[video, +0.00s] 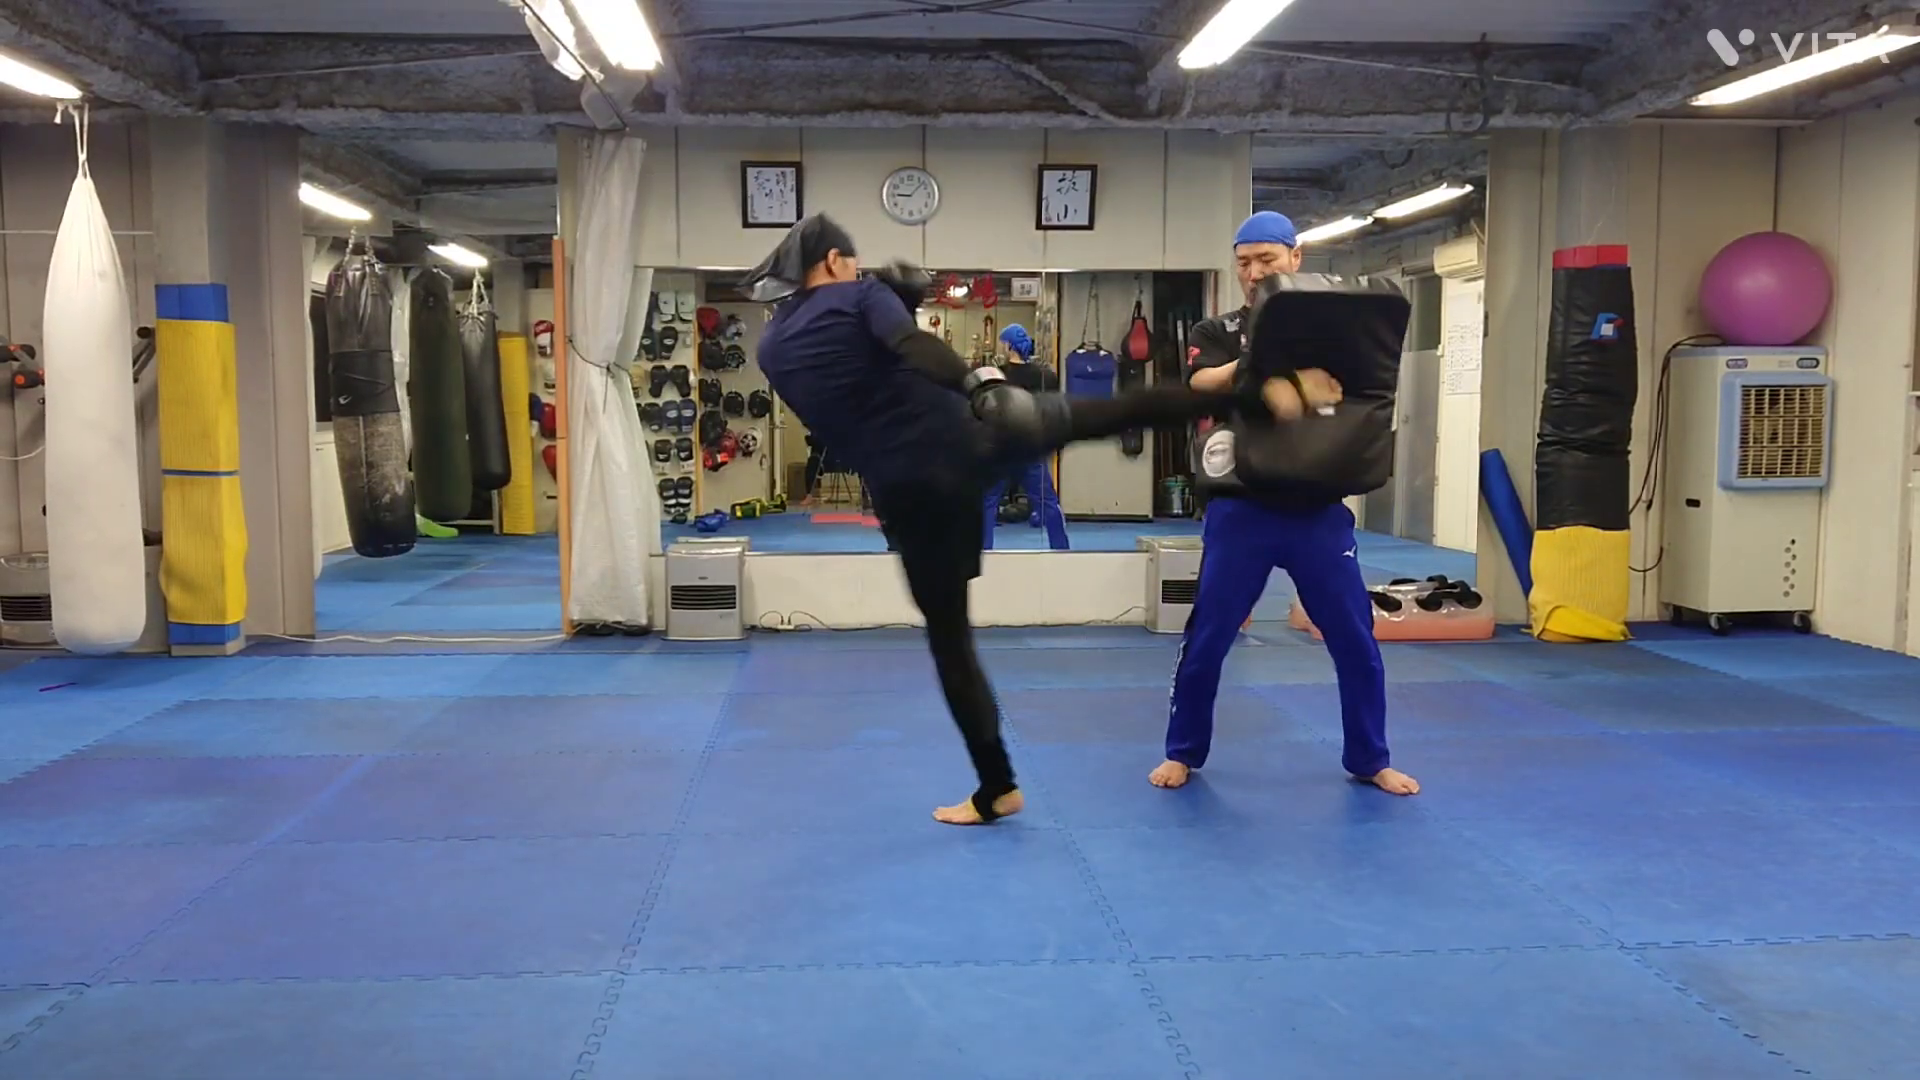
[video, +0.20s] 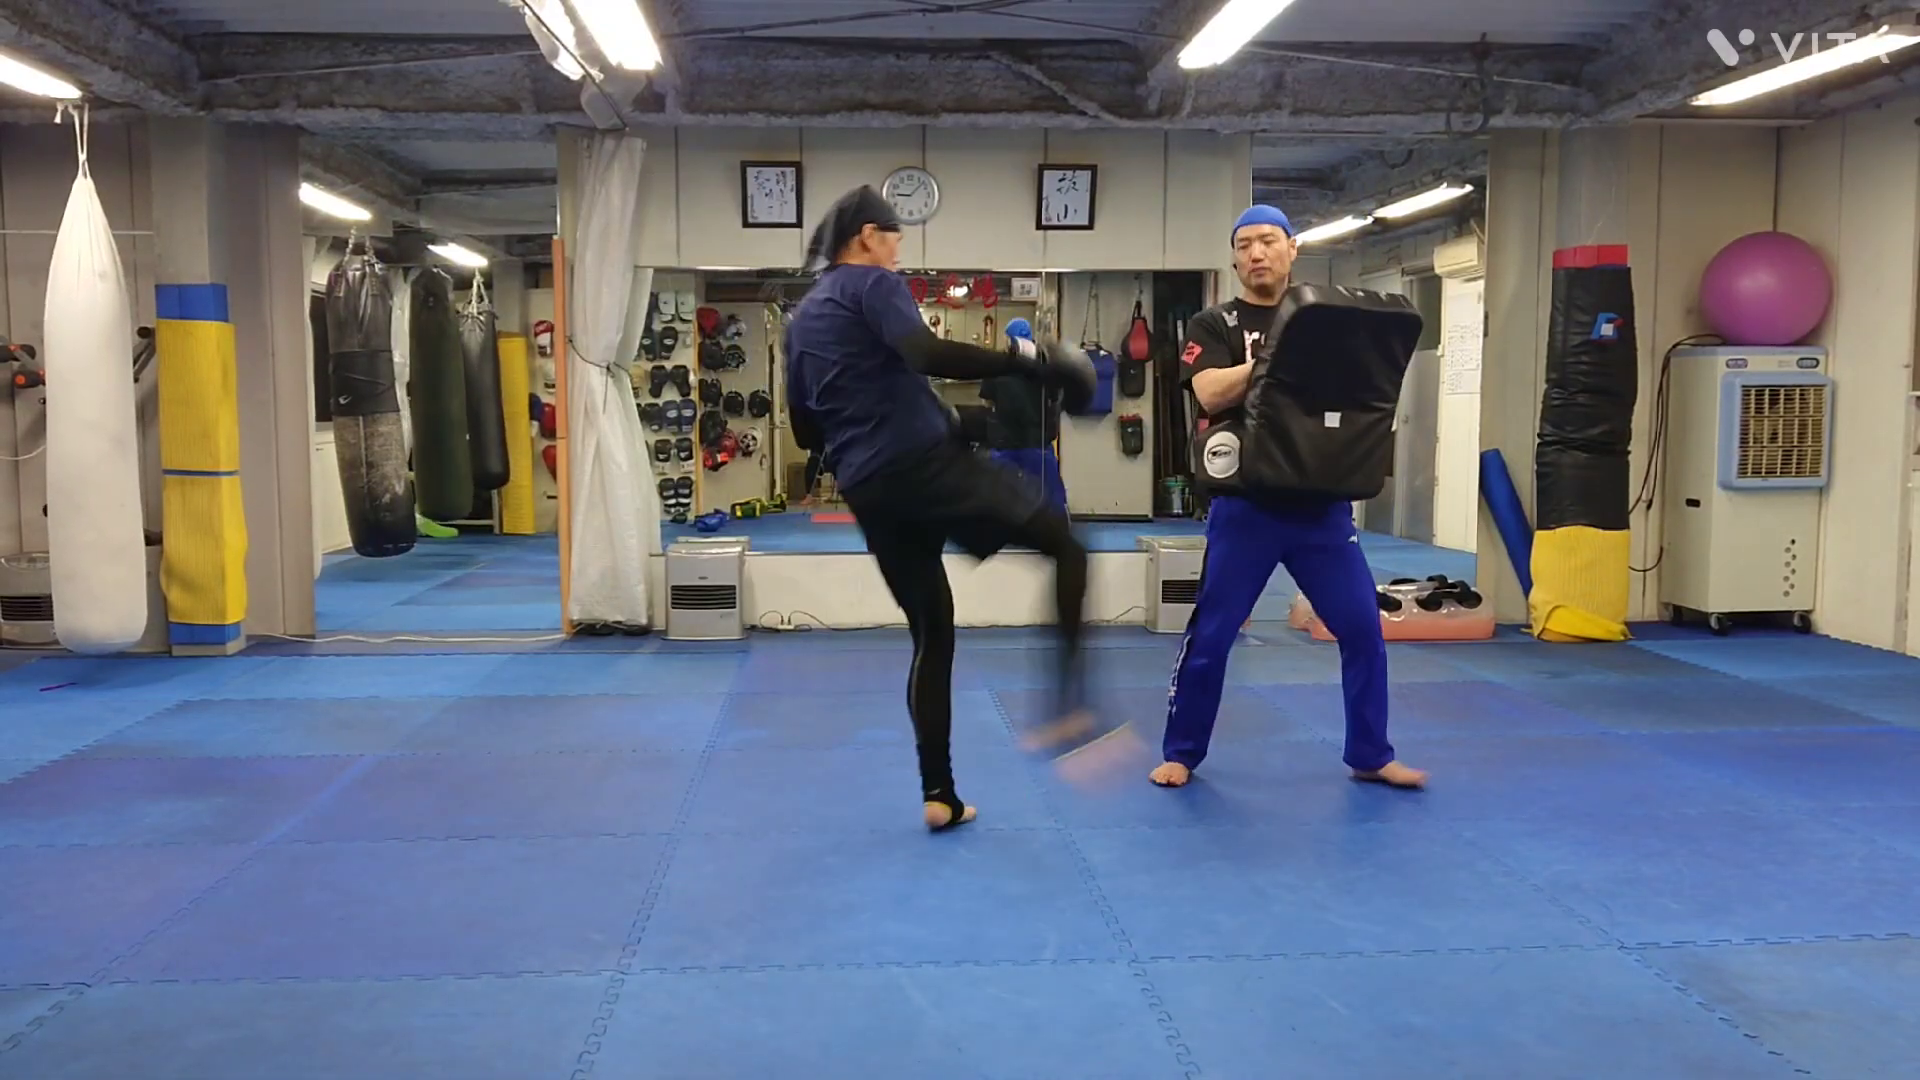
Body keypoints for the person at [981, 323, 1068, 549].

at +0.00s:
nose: (999, 349)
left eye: (1001, 344)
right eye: (1000, 344)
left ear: (1010, 346)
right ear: (1025, 345)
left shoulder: (996, 376)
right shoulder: (1046, 375)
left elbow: (985, 418)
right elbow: (1056, 413)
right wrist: (1054, 445)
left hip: (999, 449)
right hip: (1034, 448)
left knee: (989, 499)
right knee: (1046, 498)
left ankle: (984, 549)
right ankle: (1062, 549)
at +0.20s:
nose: (1007, 341)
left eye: (1007, 338)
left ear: (1009, 338)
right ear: (1031, 336)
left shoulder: (1000, 362)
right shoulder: (1045, 361)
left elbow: (986, 395)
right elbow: (1054, 397)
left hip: (1005, 436)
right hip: (1039, 436)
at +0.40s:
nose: (1015, 344)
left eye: (1016, 340)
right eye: (1016, 339)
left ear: (1022, 344)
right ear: (1043, 342)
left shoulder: (1010, 373)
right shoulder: (1060, 372)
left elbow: (999, 405)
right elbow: (1074, 406)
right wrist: (1058, 409)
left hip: (1015, 446)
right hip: (1051, 446)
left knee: (998, 500)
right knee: (1074, 497)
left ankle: (986, 552)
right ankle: (1089, 548)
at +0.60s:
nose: (1033, 346)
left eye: (1035, 341)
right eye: (1034, 341)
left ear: (1045, 344)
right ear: (1061, 343)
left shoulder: (1033, 372)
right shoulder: (1080, 373)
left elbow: (1020, 407)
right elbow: (1092, 409)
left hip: (1038, 448)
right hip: (1071, 447)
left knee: (1013, 501)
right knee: (1090, 499)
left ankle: (991, 549)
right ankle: (1107, 551)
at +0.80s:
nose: (1040, 343)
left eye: (1043, 339)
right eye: (1041, 338)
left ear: (1051, 342)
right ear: (1067, 342)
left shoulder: (1035, 372)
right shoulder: (1088, 374)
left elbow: (1023, 406)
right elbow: (1097, 410)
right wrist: (1080, 425)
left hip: (1039, 446)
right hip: (1073, 448)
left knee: (1019, 498)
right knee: (1091, 500)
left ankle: (1007, 550)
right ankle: (1106, 552)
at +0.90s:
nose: (1040, 346)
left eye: (1042, 342)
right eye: (1040, 342)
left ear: (1051, 345)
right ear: (1067, 344)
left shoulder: (1034, 373)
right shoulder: (1085, 375)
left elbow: (1022, 406)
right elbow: (1096, 410)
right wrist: (1076, 412)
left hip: (1037, 449)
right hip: (1072, 449)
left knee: (1020, 505)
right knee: (1091, 504)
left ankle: (1006, 557)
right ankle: (1107, 555)